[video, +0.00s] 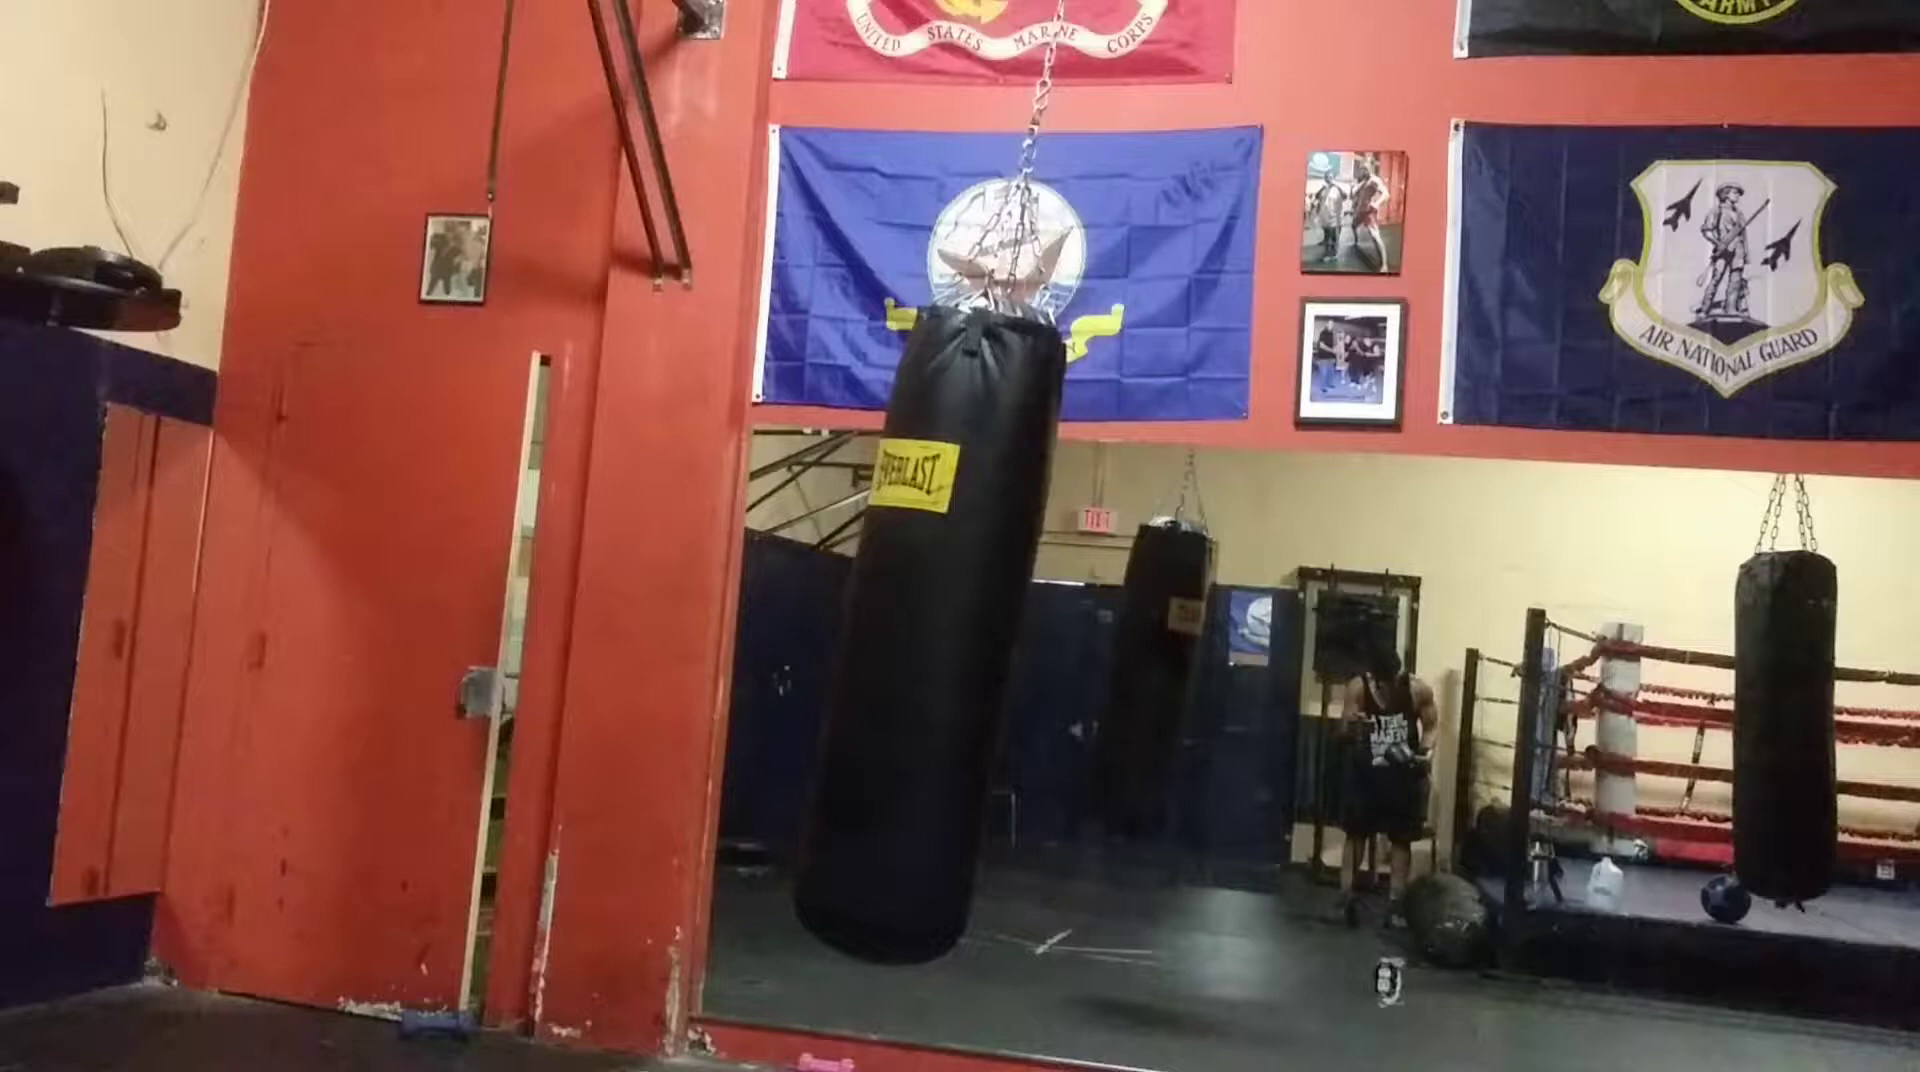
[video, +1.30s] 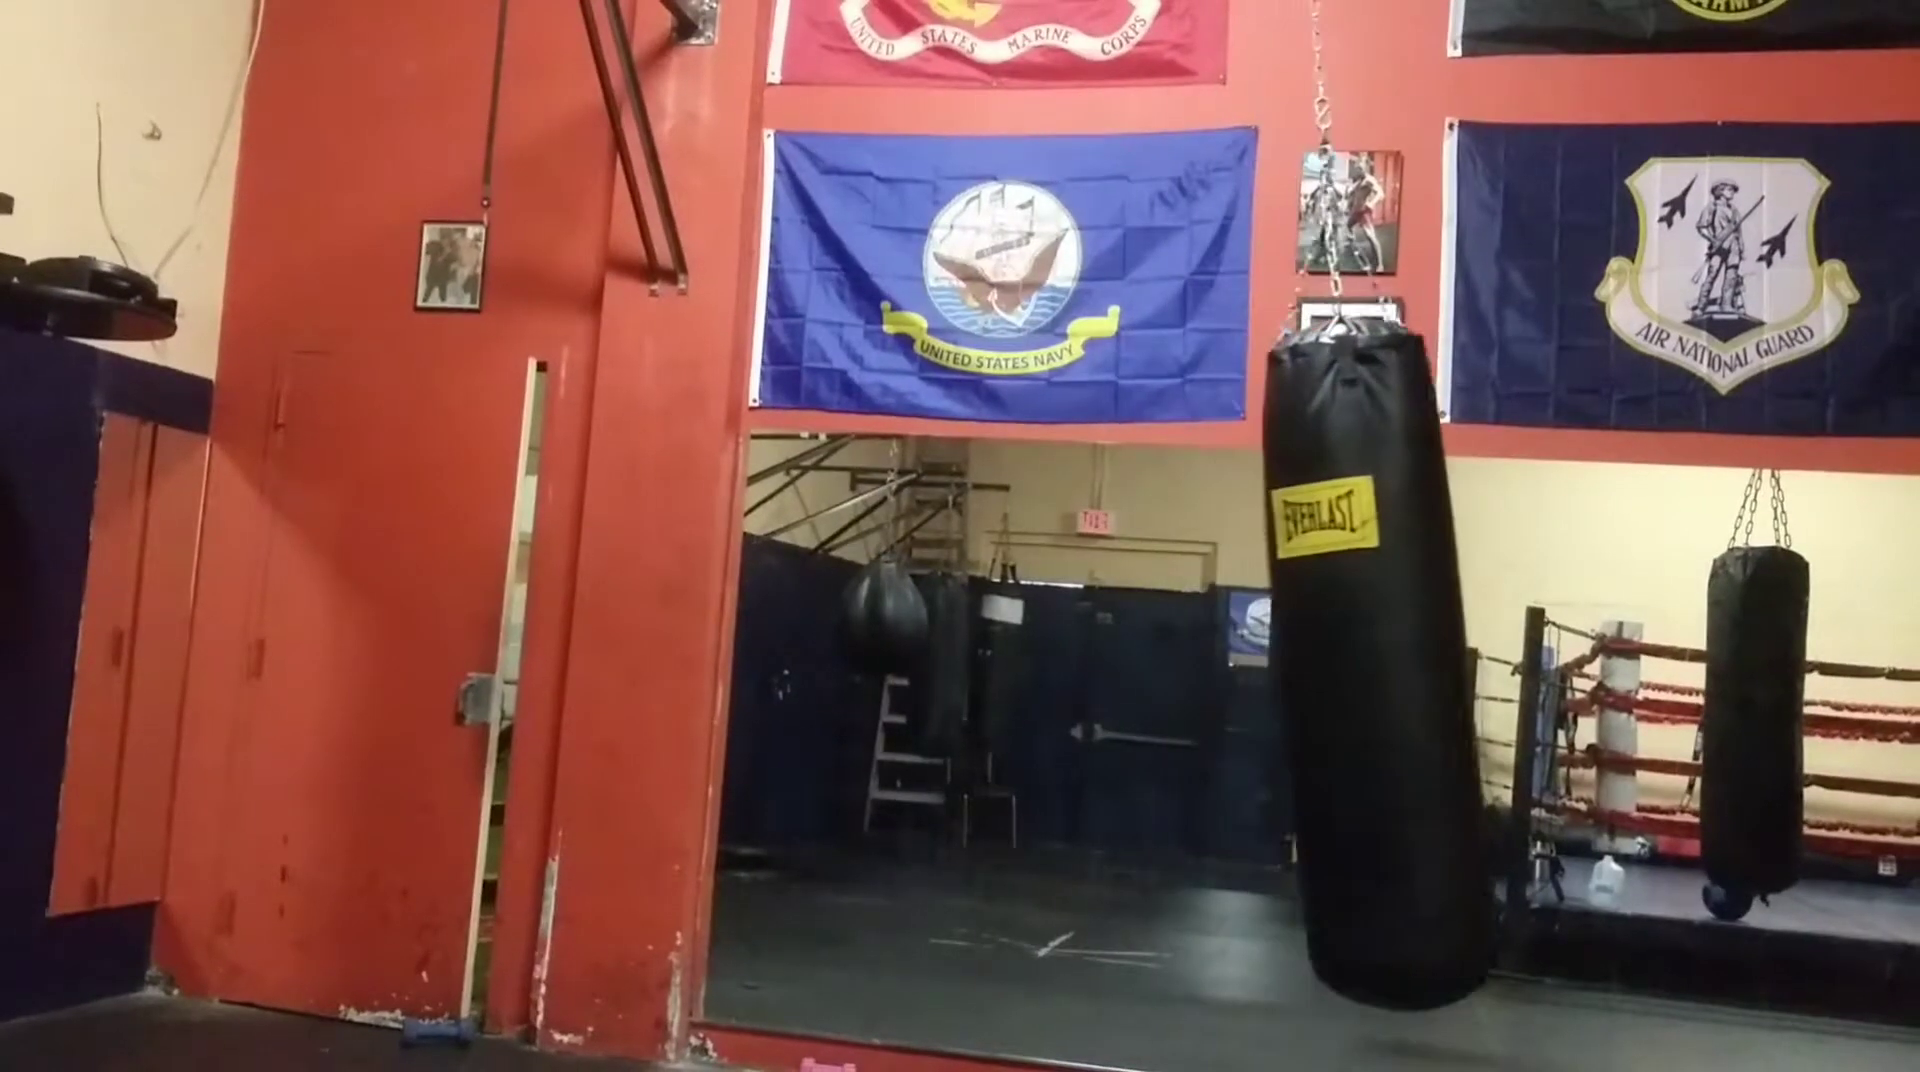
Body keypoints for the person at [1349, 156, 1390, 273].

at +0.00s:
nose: (1356, 172)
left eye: (1359, 169)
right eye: (1356, 169)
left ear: (1365, 170)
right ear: (1358, 171)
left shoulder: (1374, 180)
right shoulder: (1359, 183)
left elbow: (1385, 193)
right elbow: (1353, 196)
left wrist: (1376, 204)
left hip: (1369, 211)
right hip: (1358, 212)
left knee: (1375, 236)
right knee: (1353, 227)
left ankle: (1384, 264)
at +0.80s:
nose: (1352, 169)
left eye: (1355, 166)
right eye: (1352, 167)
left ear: (1361, 167)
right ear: (1354, 168)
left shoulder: (1369, 178)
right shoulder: (1355, 181)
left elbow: (1380, 191)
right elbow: (1349, 193)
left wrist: (1370, 201)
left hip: (1365, 208)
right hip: (1355, 208)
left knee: (1370, 232)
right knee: (1350, 224)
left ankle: (1380, 261)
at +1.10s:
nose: (1356, 171)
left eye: (1359, 168)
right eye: (1355, 169)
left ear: (1364, 169)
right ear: (1356, 170)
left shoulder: (1369, 180)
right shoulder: (1356, 183)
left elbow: (1381, 193)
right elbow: (1348, 195)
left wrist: (1371, 204)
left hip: (1365, 210)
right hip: (1356, 210)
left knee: (1371, 235)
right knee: (1350, 226)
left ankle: (1380, 264)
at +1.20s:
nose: (1355, 171)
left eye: (1358, 168)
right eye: (1354, 168)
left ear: (1363, 169)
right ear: (1354, 170)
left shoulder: (1370, 180)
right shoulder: (1356, 184)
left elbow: (1381, 194)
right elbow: (1348, 196)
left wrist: (1372, 204)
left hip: (1365, 211)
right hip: (1355, 212)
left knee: (1371, 235)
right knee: (1350, 226)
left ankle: (1380, 264)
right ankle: (1352, 243)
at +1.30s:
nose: (1353, 171)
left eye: (1355, 167)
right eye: (1352, 168)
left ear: (1362, 168)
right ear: (1354, 169)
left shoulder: (1368, 180)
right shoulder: (1355, 183)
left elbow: (1379, 193)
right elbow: (1349, 196)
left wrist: (1370, 203)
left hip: (1364, 211)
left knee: (1370, 236)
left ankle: (1379, 264)